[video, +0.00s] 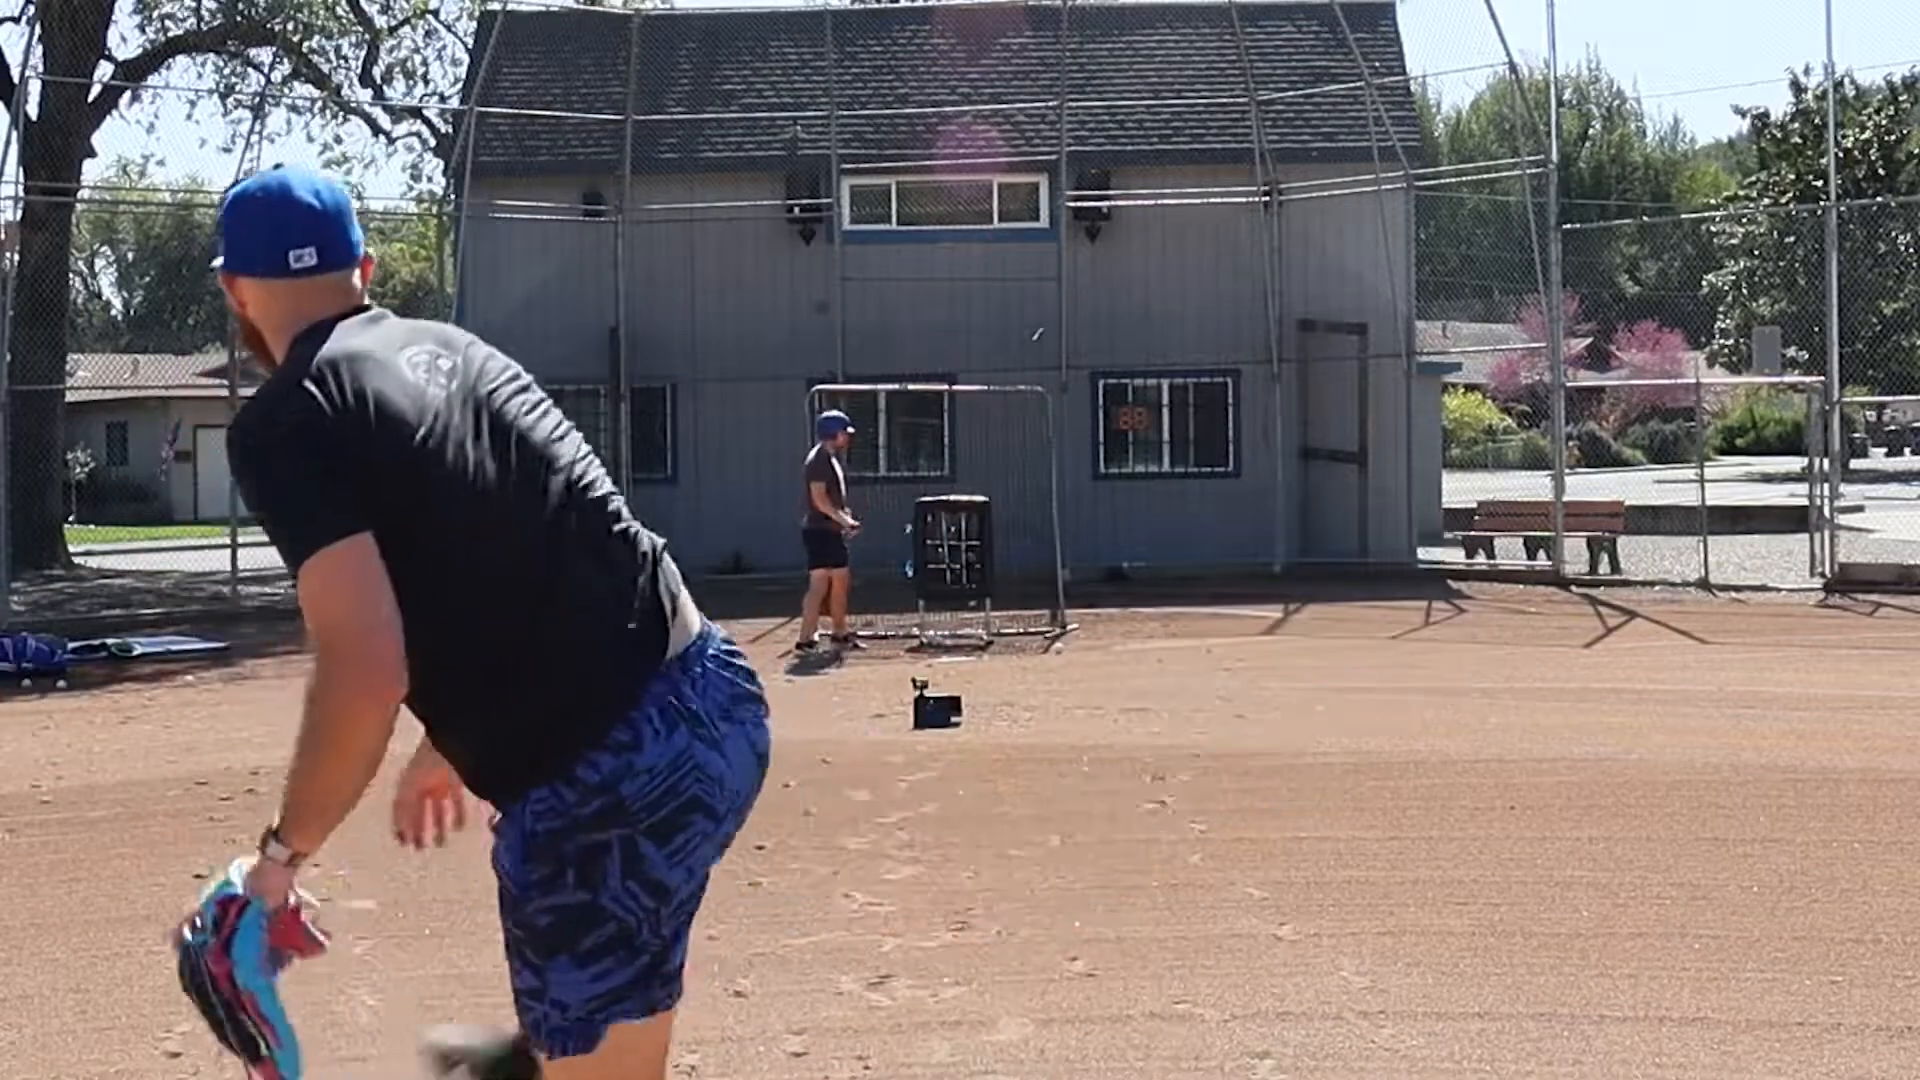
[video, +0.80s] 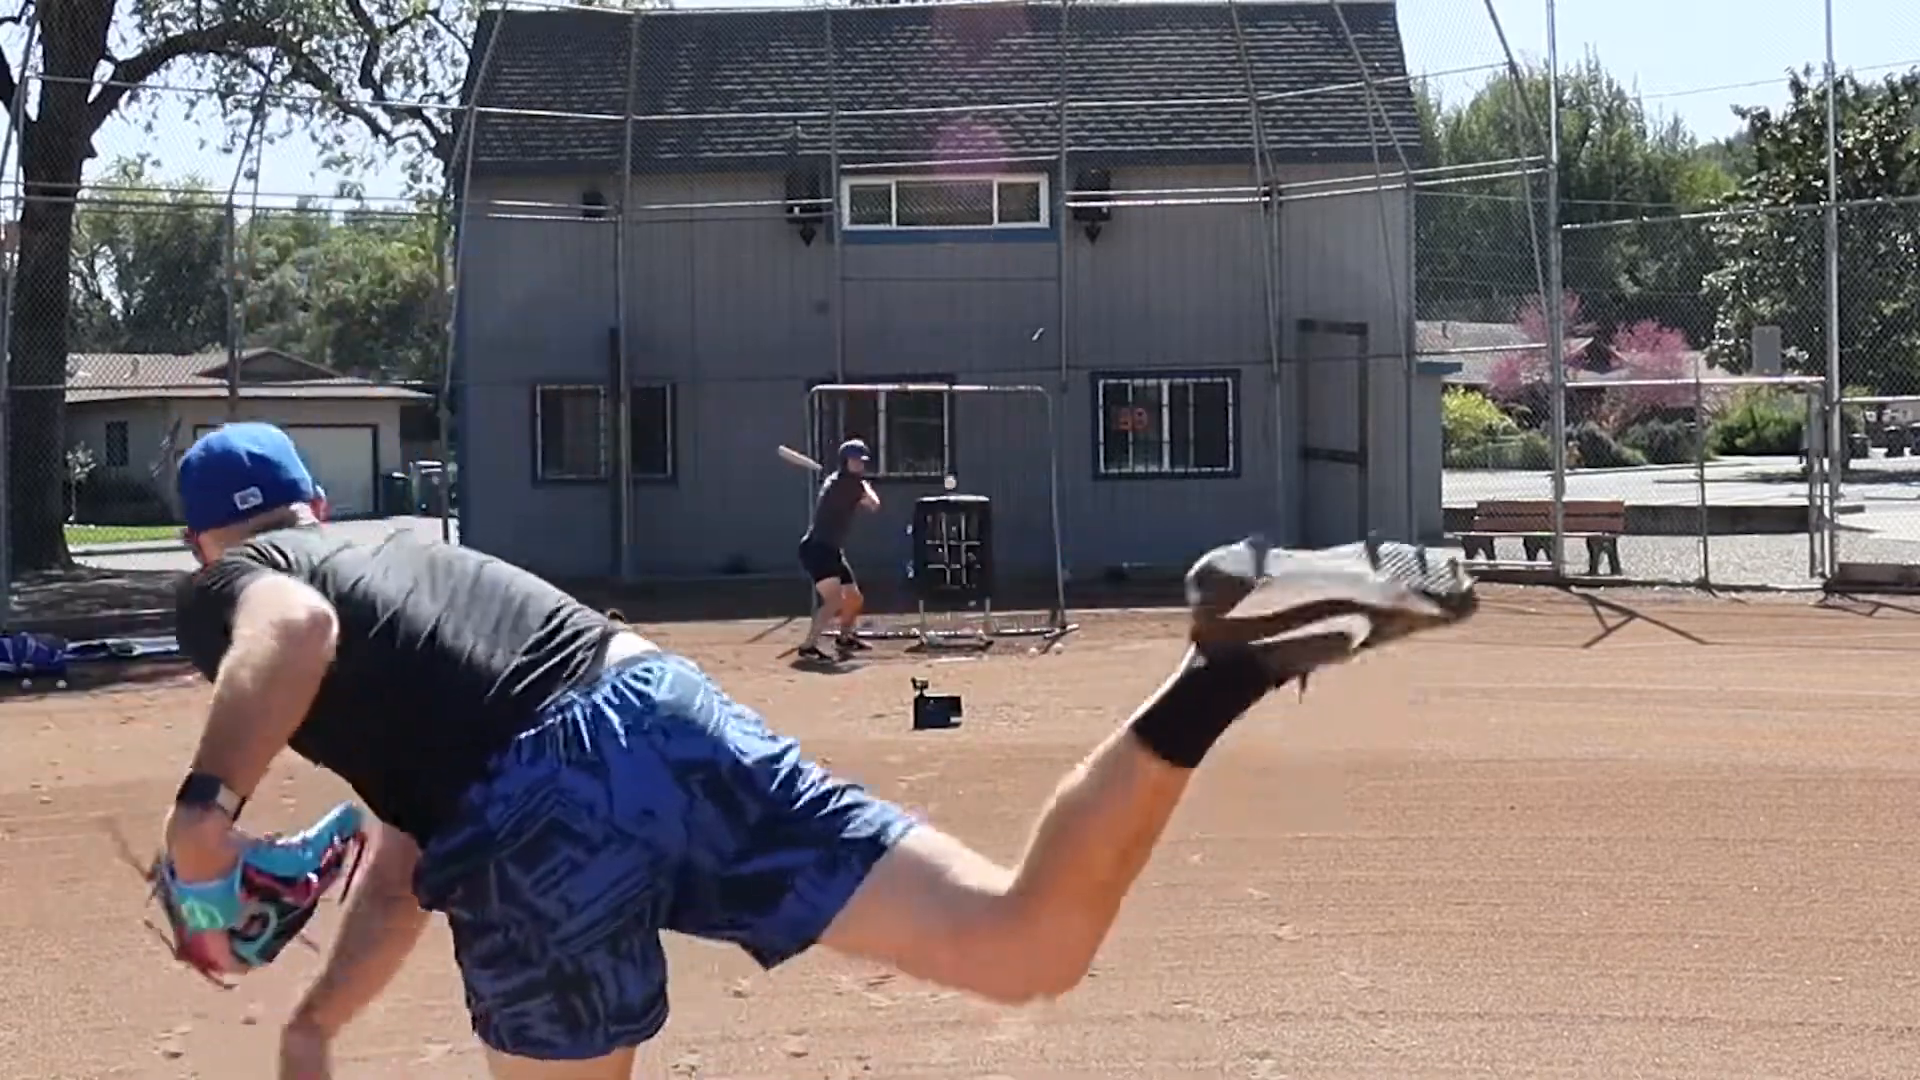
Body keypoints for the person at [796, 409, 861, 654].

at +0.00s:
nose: (847, 437)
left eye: (847, 433)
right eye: (844, 433)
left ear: (832, 435)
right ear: (832, 434)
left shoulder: (832, 457)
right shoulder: (819, 459)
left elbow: (834, 495)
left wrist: (846, 516)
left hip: (828, 525)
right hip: (822, 527)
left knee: (819, 581)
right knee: (840, 577)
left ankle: (806, 636)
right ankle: (840, 630)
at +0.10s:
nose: (850, 439)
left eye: (850, 434)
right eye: (847, 434)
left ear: (834, 435)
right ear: (835, 434)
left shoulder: (834, 459)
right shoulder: (822, 461)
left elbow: (837, 493)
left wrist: (850, 511)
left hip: (829, 524)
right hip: (825, 525)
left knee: (819, 581)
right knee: (842, 580)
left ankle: (806, 636)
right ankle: (839, 631)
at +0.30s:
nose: (866, 445)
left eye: (867, 440)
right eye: (861, 441)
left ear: (865, 443)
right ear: (849, 445)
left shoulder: (842, 463)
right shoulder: (853, 466)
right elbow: (880, 489)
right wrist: (878, 467)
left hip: (824, 531)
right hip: (832, 531)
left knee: (858, 581)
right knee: (870, 571)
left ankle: (848, 634)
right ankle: (847, 613)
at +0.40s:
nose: (866, 449)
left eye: (867, 444)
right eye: (861, 445)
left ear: (869, 446)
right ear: (850, 448)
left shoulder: (859, 468)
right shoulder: (846, 469)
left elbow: (878, 495)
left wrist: (877, 478)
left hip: (835, 529)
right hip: (828, 530)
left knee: (857, 578)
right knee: (865, 572)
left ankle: (845, 632)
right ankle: (843, 618)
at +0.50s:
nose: (866, 453)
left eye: (868, 449)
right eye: (861, 449)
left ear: (867, 451)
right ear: (850, 450)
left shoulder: (841, 466)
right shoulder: (852, 472)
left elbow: (877, 494)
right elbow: (878, 493)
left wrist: (870, 471)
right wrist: (872, 471)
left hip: (829, 533)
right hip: (827, 534)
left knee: (856, 583)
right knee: (857, 582)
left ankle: (847, 631)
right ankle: (836, 624)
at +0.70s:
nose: (866, 464)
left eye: (867, 460)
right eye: (861, 460)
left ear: (866, 462)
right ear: (850, 461)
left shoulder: (836, 478)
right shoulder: (855, 482)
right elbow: (877, 502)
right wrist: (867, 482)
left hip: (832, 546)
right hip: (820, 546)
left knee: (856, 594)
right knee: (837, 595)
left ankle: (846, 634)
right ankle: (820, 638)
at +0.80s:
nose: (860, 465)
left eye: (862, 461)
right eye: (856, 460)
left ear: (863, 462)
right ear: (845, 461)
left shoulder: (839, 479)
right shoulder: (846, 482)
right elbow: (874, 504)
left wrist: (862, 497)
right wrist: (864, 485)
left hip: (832, 547)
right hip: (817, 547)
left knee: (854, 598)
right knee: (834, 598)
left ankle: (845, 635)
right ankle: (811, 642)